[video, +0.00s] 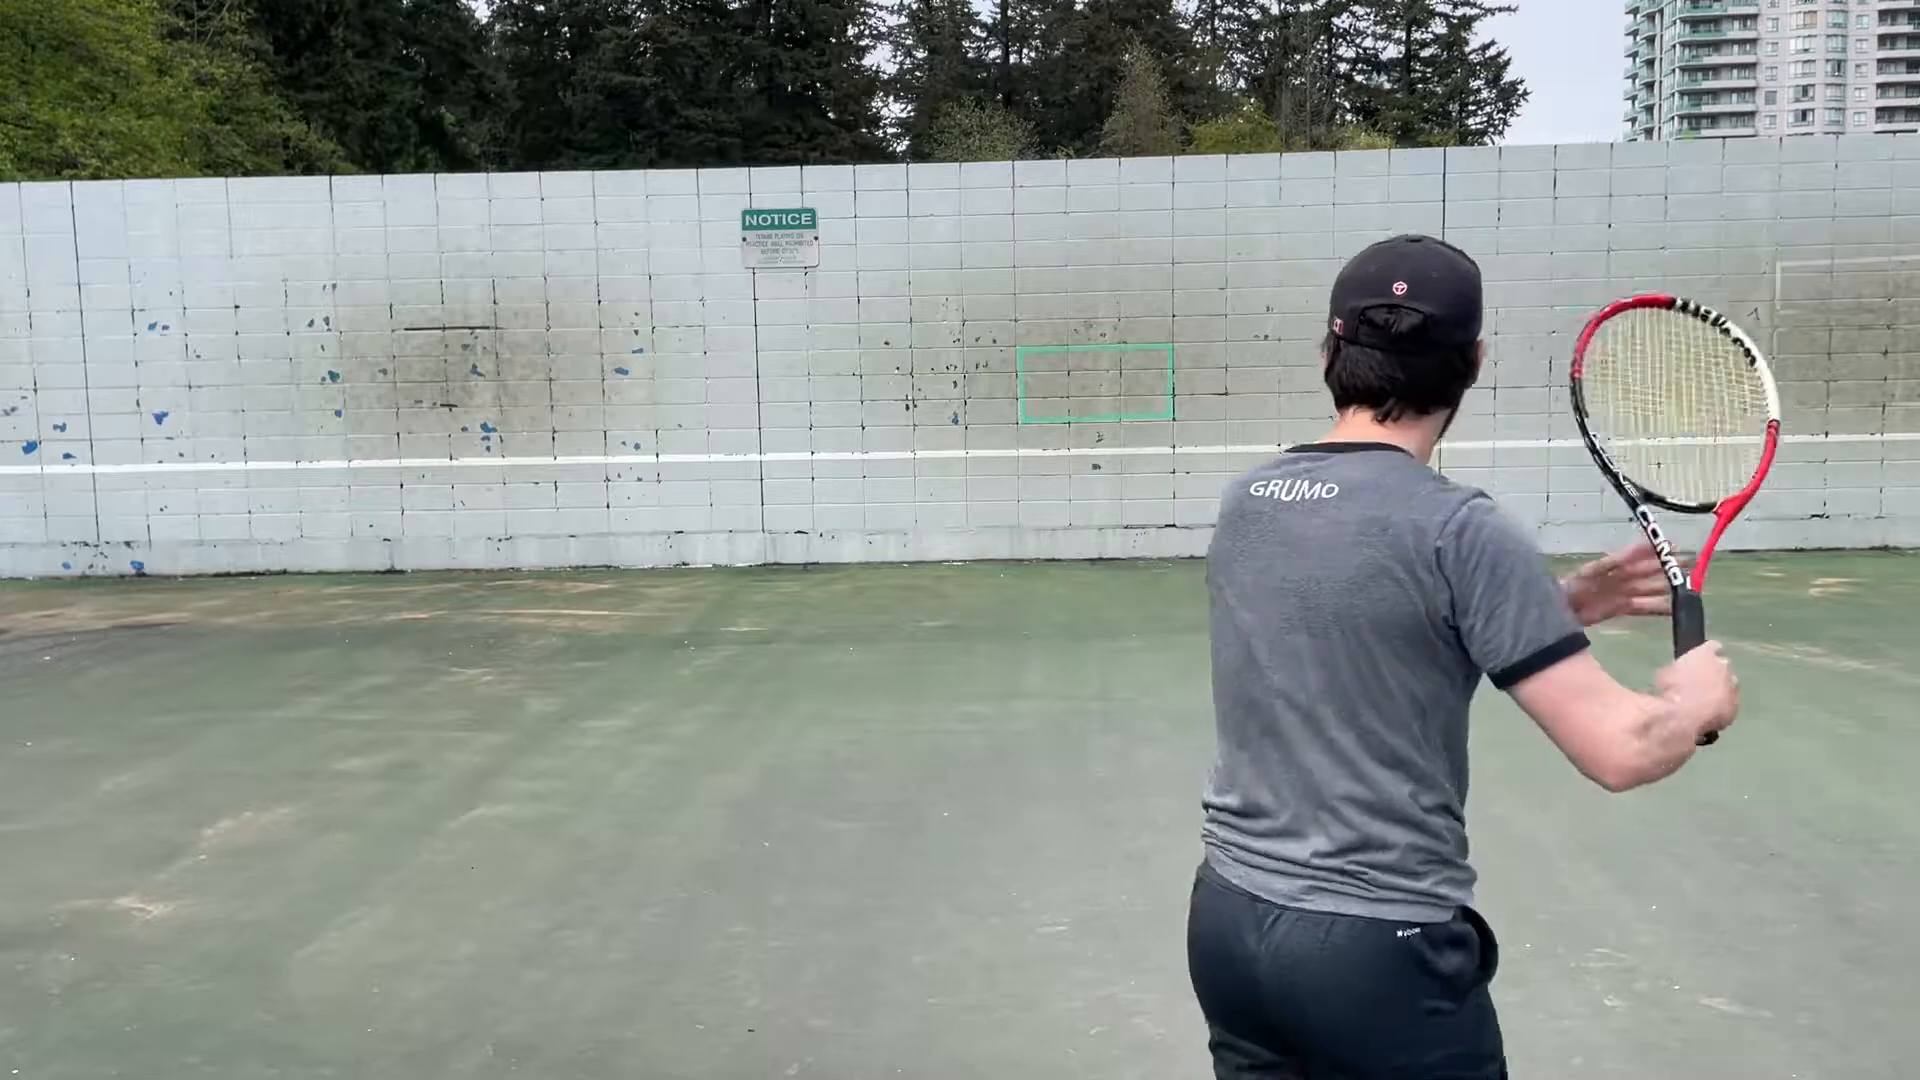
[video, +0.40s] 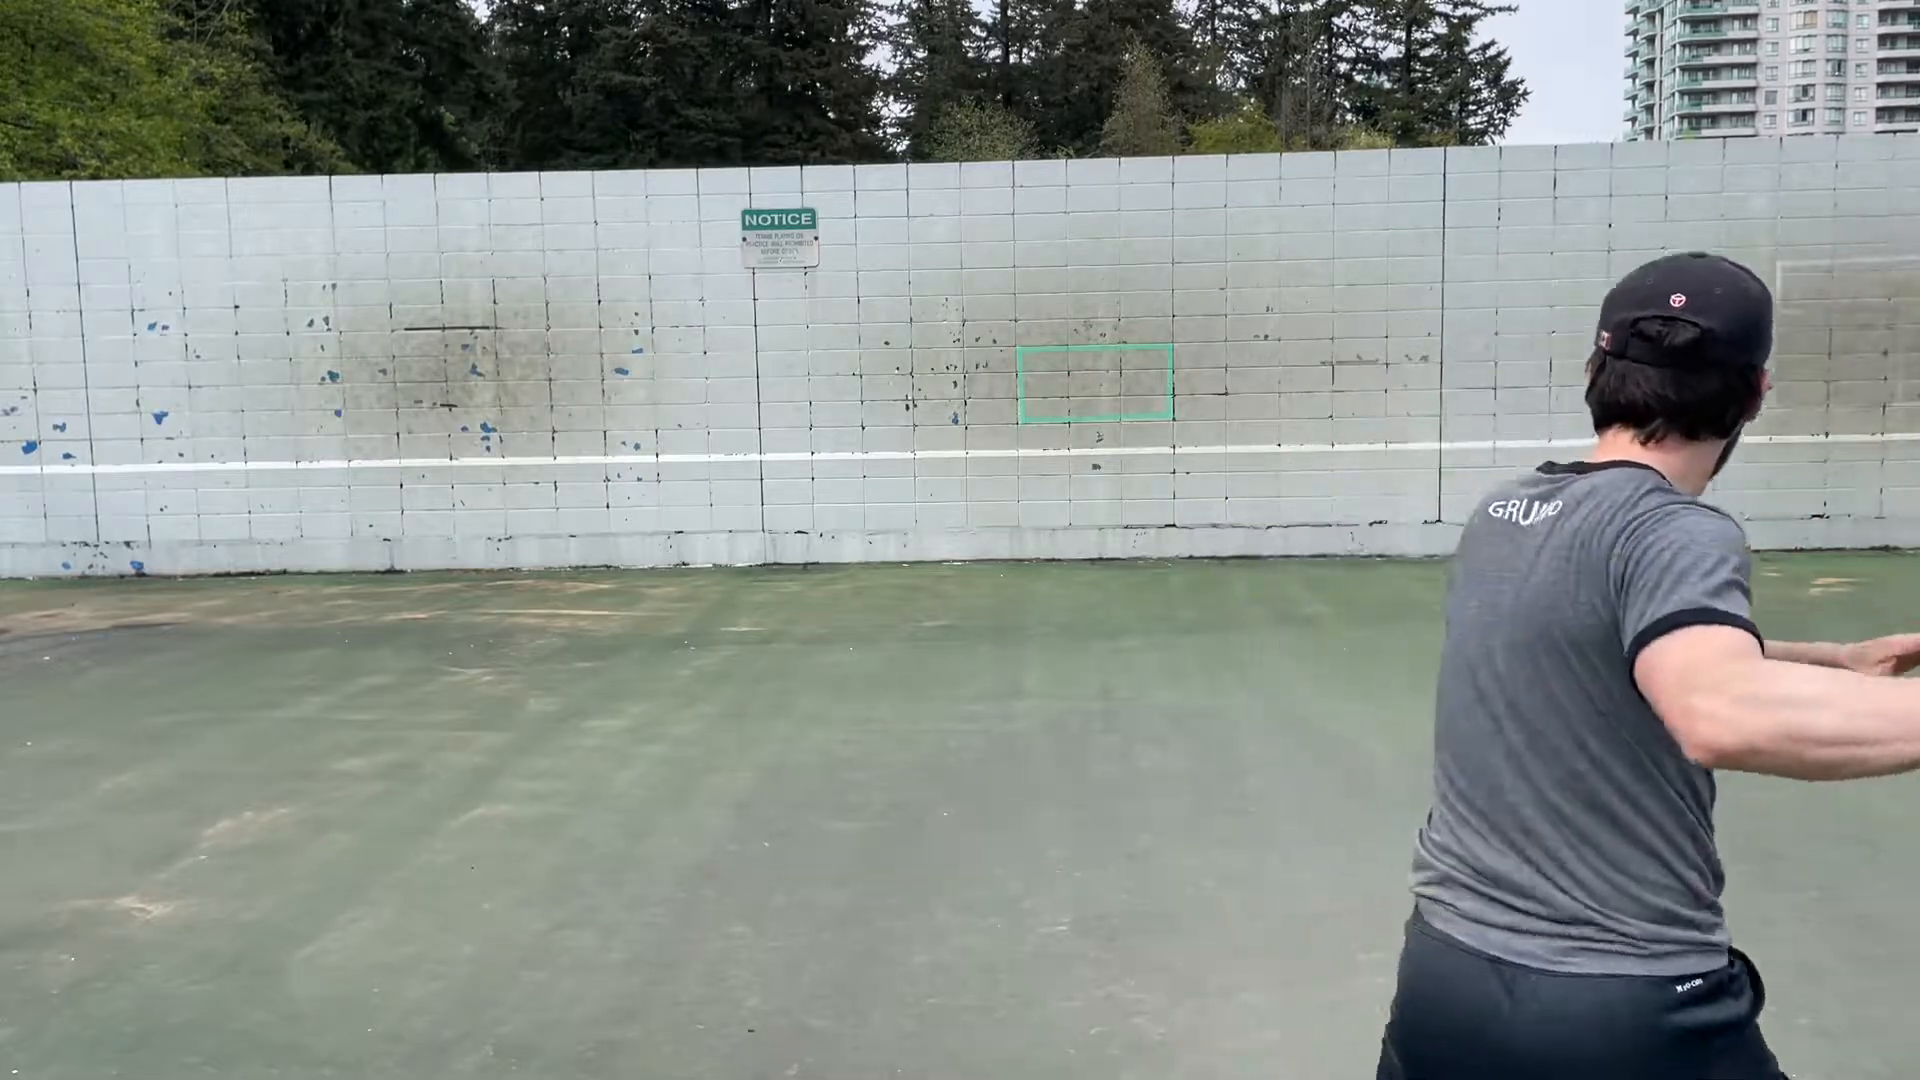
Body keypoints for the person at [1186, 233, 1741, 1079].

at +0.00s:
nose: (1484, 357)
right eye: (1481, 342)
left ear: (1332, 347)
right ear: (1472, 365)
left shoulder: (1249, 503)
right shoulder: (1458, 528)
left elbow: (1375, 638)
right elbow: (1620, 750)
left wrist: (1570, 602)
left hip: (1231, 926)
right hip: (1388, 956)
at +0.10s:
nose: (1500, 402)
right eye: (1499, 388)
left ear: (1344, 392)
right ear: (1490, 410)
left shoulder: (1269, 541)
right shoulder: (1436, 568)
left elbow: (1416, 647)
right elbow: (1634, 766)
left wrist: (1590, 615)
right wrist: (1781, 693)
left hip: (1241, 981)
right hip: (1397, 1015)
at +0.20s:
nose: (1546, 429)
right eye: (1546, 413)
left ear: (1386, 416)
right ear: (1532, 435)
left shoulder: (1307, 567)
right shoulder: (1472, 587)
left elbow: (1453, 675)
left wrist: (1635, 639)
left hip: (1276, 1009)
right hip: (1440, 1040)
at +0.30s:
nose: (1636, 413)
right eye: (1637, 399)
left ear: (1475, 396)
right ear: (1624, 418)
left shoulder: (1388, 541)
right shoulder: (1550, 562)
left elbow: (1535, 655)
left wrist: (1722, 646)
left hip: (1344, 1005)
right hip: (1519, 1032)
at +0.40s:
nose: (1763, 396)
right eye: (1764, 380)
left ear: (1600, 368)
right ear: (1754, 396)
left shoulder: (1499, 514)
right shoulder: (1674, 527)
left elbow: (1626, 646)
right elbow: (1718, 711)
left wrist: (1833, 664)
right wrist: (1913, 713)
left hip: (1450, 991)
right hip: (1640, 1013)